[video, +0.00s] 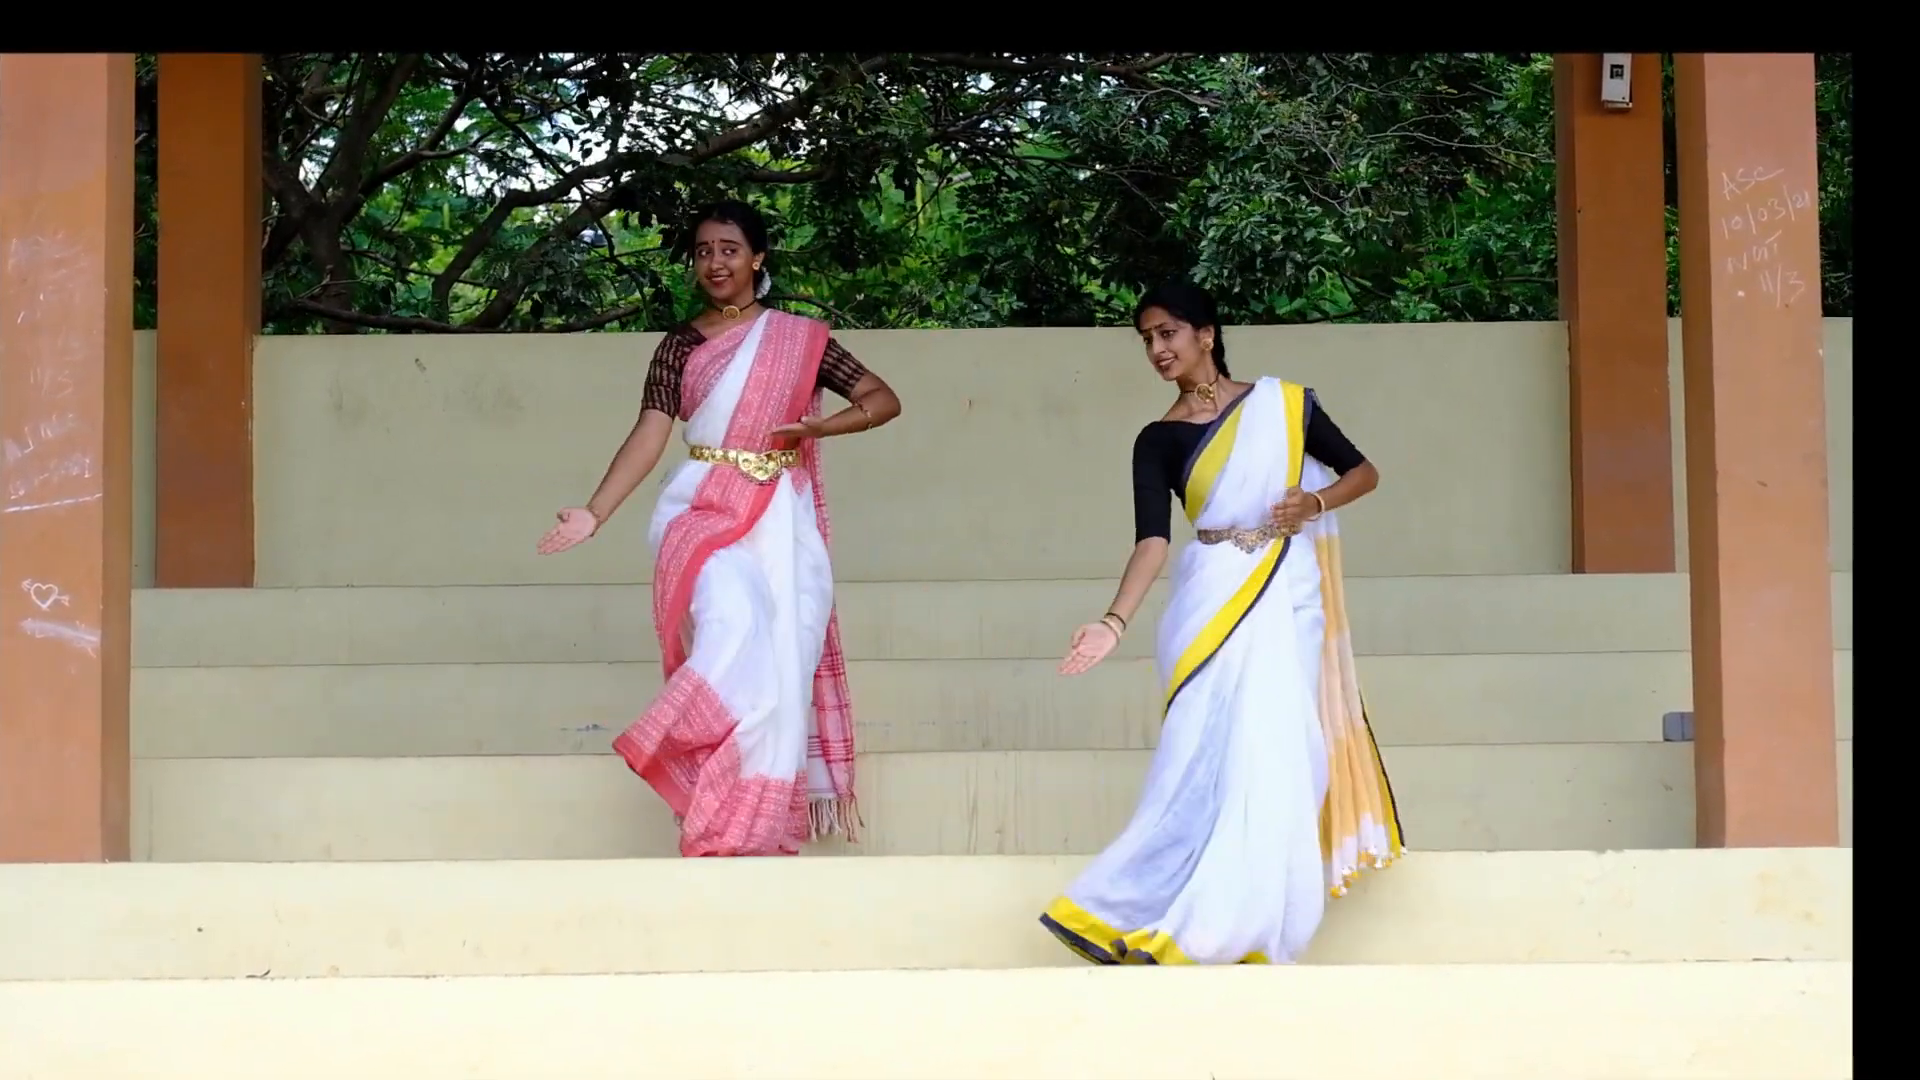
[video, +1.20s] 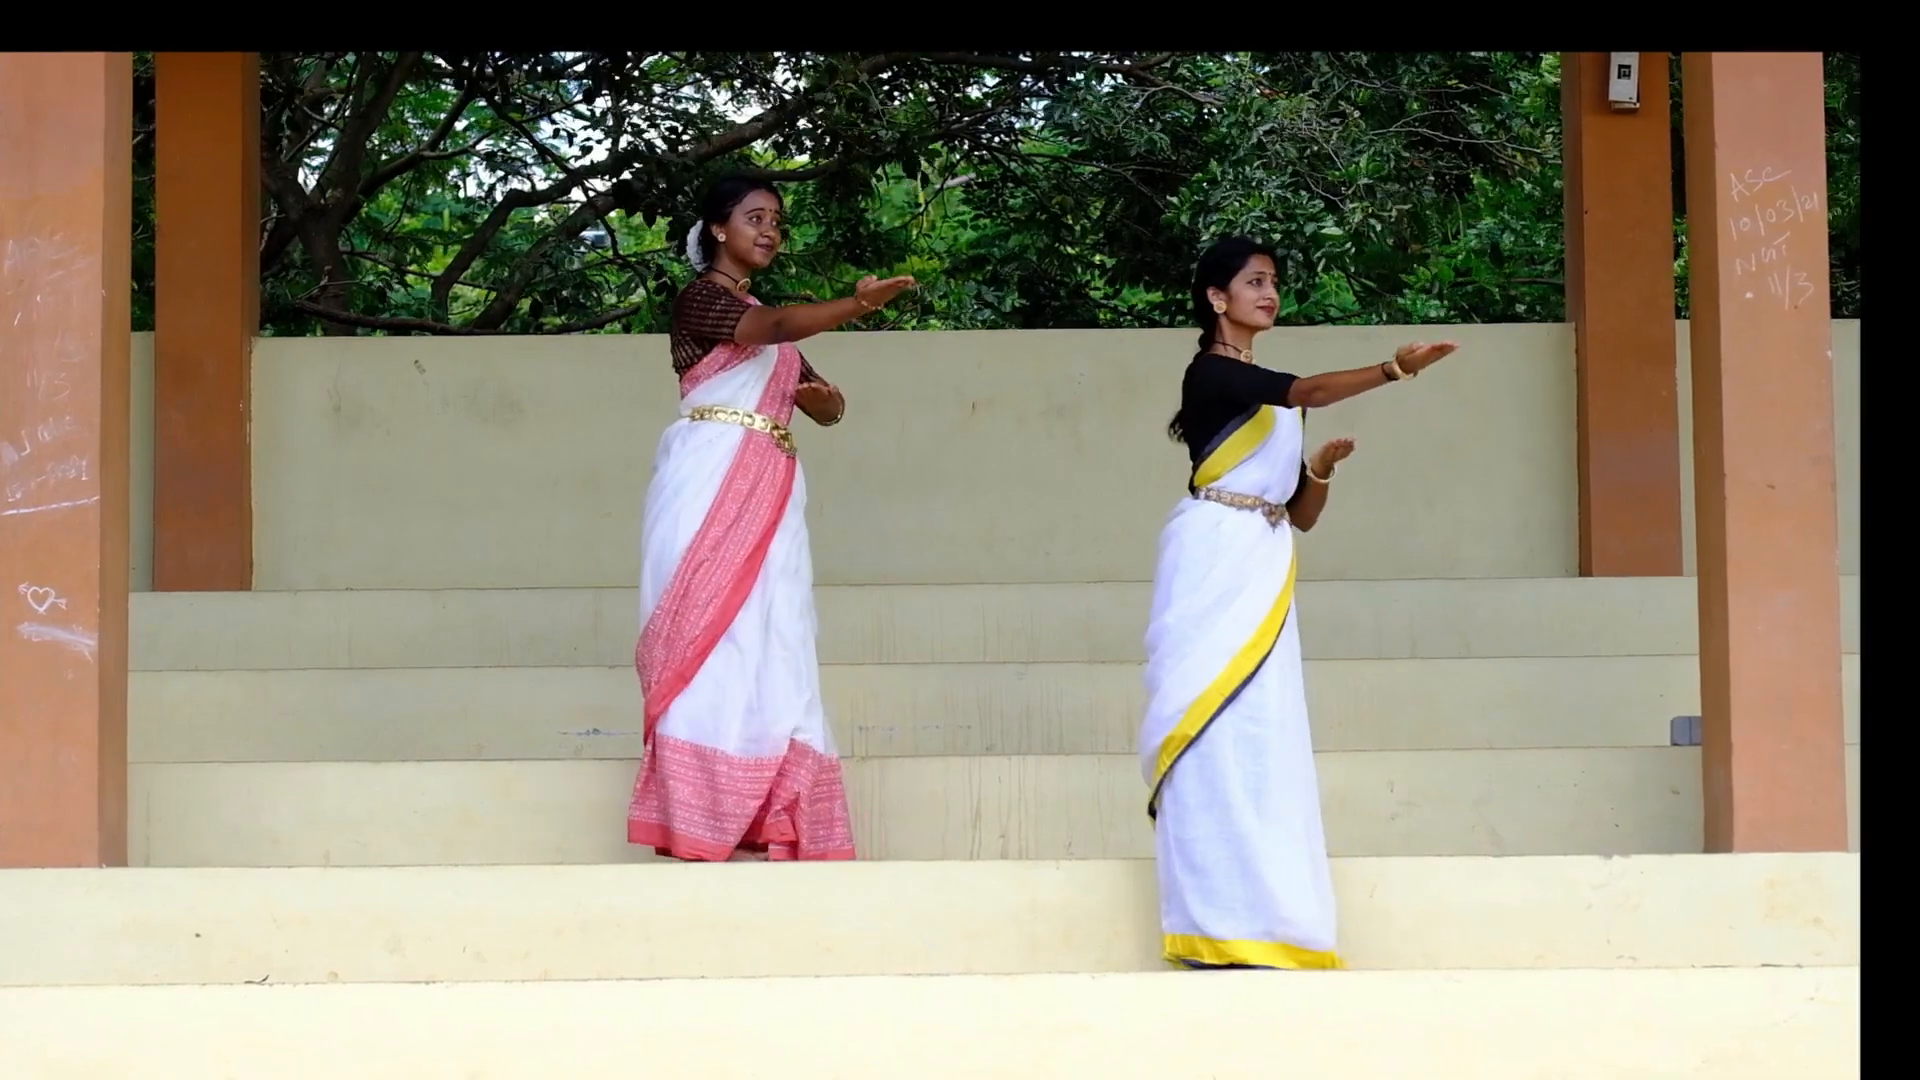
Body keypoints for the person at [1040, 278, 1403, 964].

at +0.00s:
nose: (1157, 351)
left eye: (1167, 334)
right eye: (1147, 339)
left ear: (1205, 332)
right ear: (1146, 346)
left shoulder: (1284, 402)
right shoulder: (1160, 440)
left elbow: (1364, 472)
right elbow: (1152, 542)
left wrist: (1317, 502)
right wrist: (1114, 621)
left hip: (1285, 593)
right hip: (1208, 596)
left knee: (1265, 751)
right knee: (1205, 753)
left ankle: (1249, 923)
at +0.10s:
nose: (1182, 325)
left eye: (1194, 310)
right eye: (1170, 315)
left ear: (1224, 319)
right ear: (1159, 331)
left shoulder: (1281, 395)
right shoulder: (1165, 419)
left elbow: (1346, 475)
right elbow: (1183, 509)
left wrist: (1309, 498)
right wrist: (1184, 591)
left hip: (1284, 582)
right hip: (1213, 586)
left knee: (1280, 739)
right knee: (1218, 742)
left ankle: (1261, 918)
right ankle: (1185, 914)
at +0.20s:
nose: (1214, 309)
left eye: (1223, 297)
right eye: (1198, 299)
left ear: (1239, 309)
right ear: (1175, 315)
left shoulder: (1278, 389)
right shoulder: (1176, 402)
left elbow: (1327, 479)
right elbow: (1207, 483)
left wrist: (1306, 487)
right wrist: (1238, 548)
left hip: (1276, 571)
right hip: (1210, 571)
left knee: (1282, 733)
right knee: (1219, 735)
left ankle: (1283, 910)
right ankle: (1217, 913)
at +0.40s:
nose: (1249, 297)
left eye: (1254, 286)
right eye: (1234, 286)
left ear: (1260, 299)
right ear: (1197, 301)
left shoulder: (1275, 385)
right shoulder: (1196, 383)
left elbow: (1280, 492)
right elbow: (1251, 442)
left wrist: (1302, 491)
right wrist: (1314, 469)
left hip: (1274, 567)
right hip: (1214, 562)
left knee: (1281, 727)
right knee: (1216, 731)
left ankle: (1300, 908)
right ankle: (1230, 911)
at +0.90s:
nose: (1269, 295)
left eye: (1271, 285)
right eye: (1255, 284)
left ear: (1265, 301)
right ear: (1216, 297)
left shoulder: (1263, 395)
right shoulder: (1210, 373)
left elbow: (1291, 518)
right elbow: (1302, 402)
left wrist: (1318, 474)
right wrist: (1390, 386)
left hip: (1266, 566)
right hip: (1217, 559)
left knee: (1272, 735)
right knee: (1215, 733)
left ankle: (1280, 917)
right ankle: (1223, 922)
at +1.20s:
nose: (1270, 294)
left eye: (1272, 284)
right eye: (1256, 283)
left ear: (1267, 300)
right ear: (1216, 296)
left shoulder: (1270, 399)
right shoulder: (1211, 372)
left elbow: (1299, 517)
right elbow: (1306, 393)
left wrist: (1321, 467)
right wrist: (1391, 370)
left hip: (1263, 566)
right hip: (1211, 558)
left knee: (1267, 735)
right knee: (1209, 732)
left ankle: (1275, 923)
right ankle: (1217, 925)